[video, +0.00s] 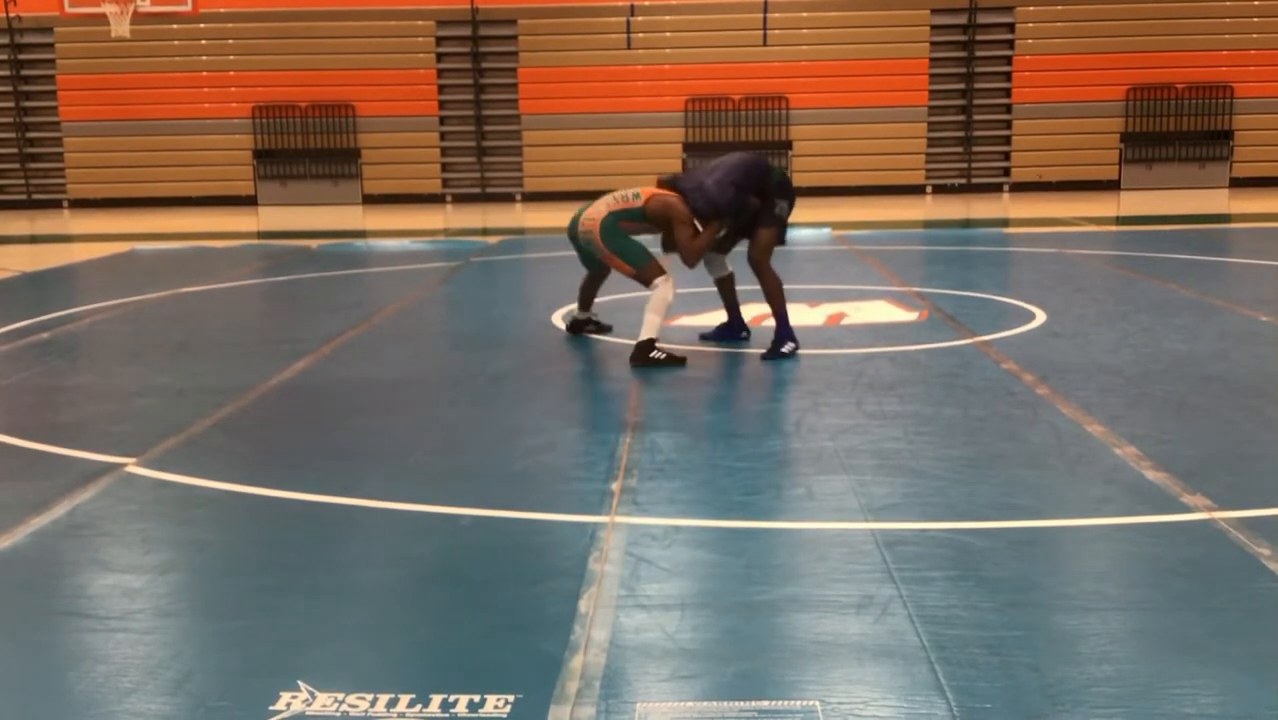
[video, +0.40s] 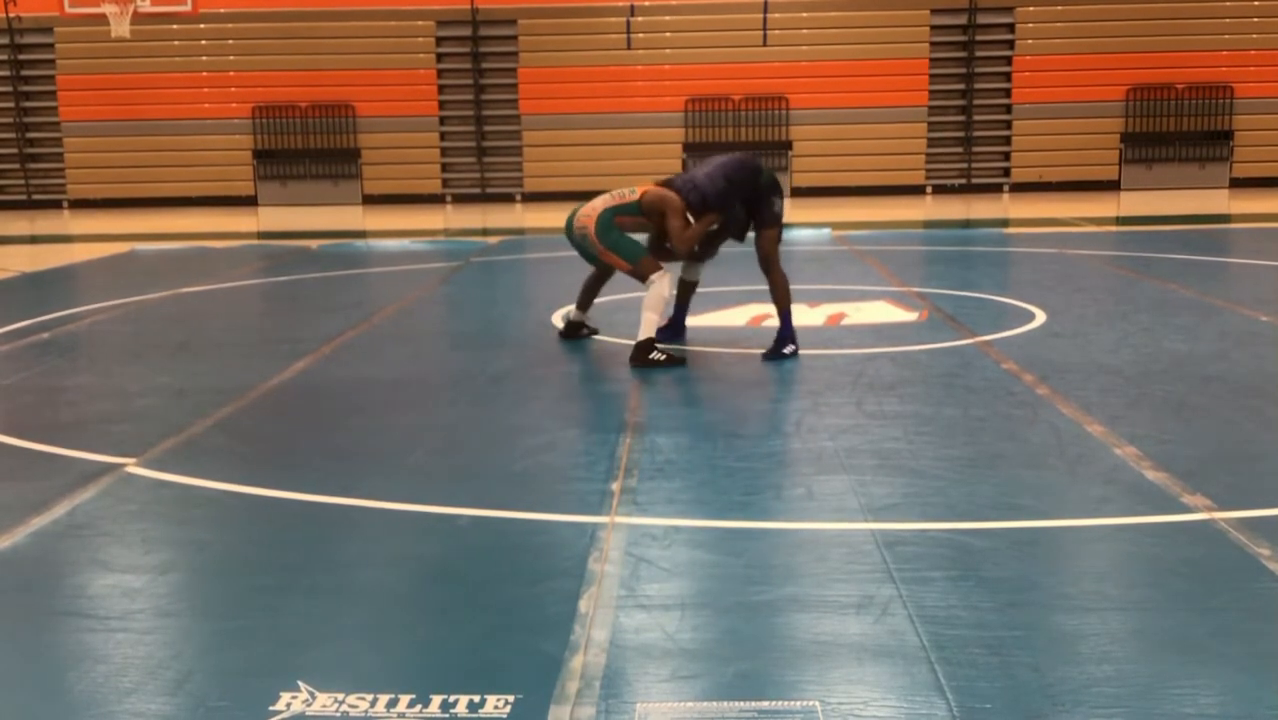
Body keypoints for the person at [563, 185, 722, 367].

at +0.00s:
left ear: (683, 187)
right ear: (700, 200)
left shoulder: (660, 198)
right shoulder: (677, 206)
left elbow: (669, 246)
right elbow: (691, 258)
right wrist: (715, 226)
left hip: (578, 227)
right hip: (603, 232)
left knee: (599, 269)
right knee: (662, 283)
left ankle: (581, 318)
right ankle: (646, 346)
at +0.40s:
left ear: (670, 185)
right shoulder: (672, 201)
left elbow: (655, 251)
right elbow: (682, 244)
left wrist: (694, 254)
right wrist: (706, 222)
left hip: (576, 226)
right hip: (598, 230)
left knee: (606, 266)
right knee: (660, 278)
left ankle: (574, 322)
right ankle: (645, 347)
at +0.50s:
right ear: (704, 202)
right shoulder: (676, 200)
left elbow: (635, 230)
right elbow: (680, 250)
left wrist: (668, 247)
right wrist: (710, 235)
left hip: (575, 213)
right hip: (604, 218)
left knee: (588, 263)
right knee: (658, 277)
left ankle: (570, 321)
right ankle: (645, 346)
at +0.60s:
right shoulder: (680, 202)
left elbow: (636, 222)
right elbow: (674, 253)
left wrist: (666, 243)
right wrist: (711, 239)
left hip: (579, 197)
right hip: (607, 205)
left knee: (583, 257)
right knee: (654, 272)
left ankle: (549, 318)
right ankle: (645, 347)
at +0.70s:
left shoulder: (669, 200)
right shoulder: (687, 204)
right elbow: (676, 252)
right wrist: (711, 247)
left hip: (587, 197)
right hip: (616, 202)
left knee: (585, 263)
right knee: (660, 271)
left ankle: (544, 324)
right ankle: (649, 343)